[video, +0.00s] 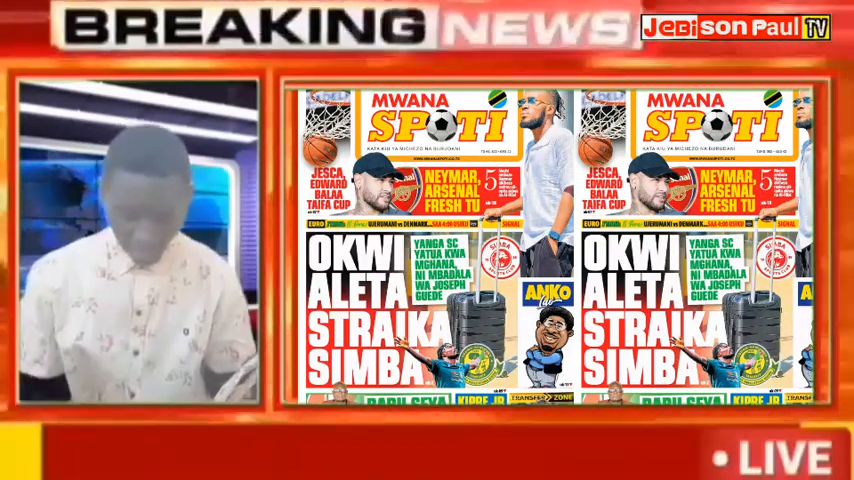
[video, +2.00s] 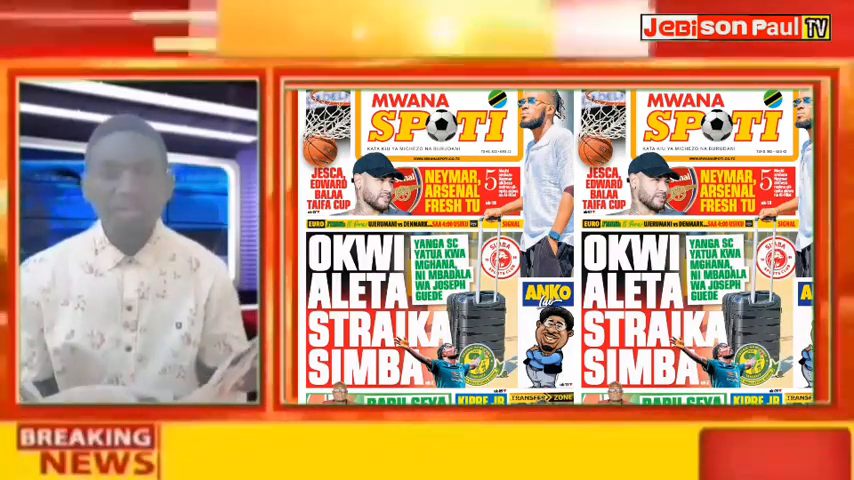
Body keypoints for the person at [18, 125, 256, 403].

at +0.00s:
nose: (146, 232)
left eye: (162, 215)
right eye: (129, 215)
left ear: (188, 196)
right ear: (103, 194)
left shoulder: (215, 277)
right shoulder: (56, 275)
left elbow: (233, 389)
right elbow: (41, 397)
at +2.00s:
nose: (127, 187)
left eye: (143, 171)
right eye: (110, 173)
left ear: (169, 184)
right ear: (86, 187)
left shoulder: (208, 274)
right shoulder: (39, 276)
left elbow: (231, 385)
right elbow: (28, 394)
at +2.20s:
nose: (126, 184)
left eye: (143, 168)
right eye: (109, 169)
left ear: (168, 183)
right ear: (86, 185)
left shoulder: (208, 273)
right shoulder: (40, 273)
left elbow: (233, 384)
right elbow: (22, 389)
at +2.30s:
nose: (126, 183)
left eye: (142, 168)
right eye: (109, 170)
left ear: (168, 182)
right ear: (86, 185)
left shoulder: (208, 273)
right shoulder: (40, 273)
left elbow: (233, 388)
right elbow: (24, 390)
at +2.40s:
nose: (125, 184)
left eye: (142, 168)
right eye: (108, 170)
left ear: (167, 181)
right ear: (85, 185)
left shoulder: (208, 273)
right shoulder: (40, 273)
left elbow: (232, 386)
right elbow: (21, 388)